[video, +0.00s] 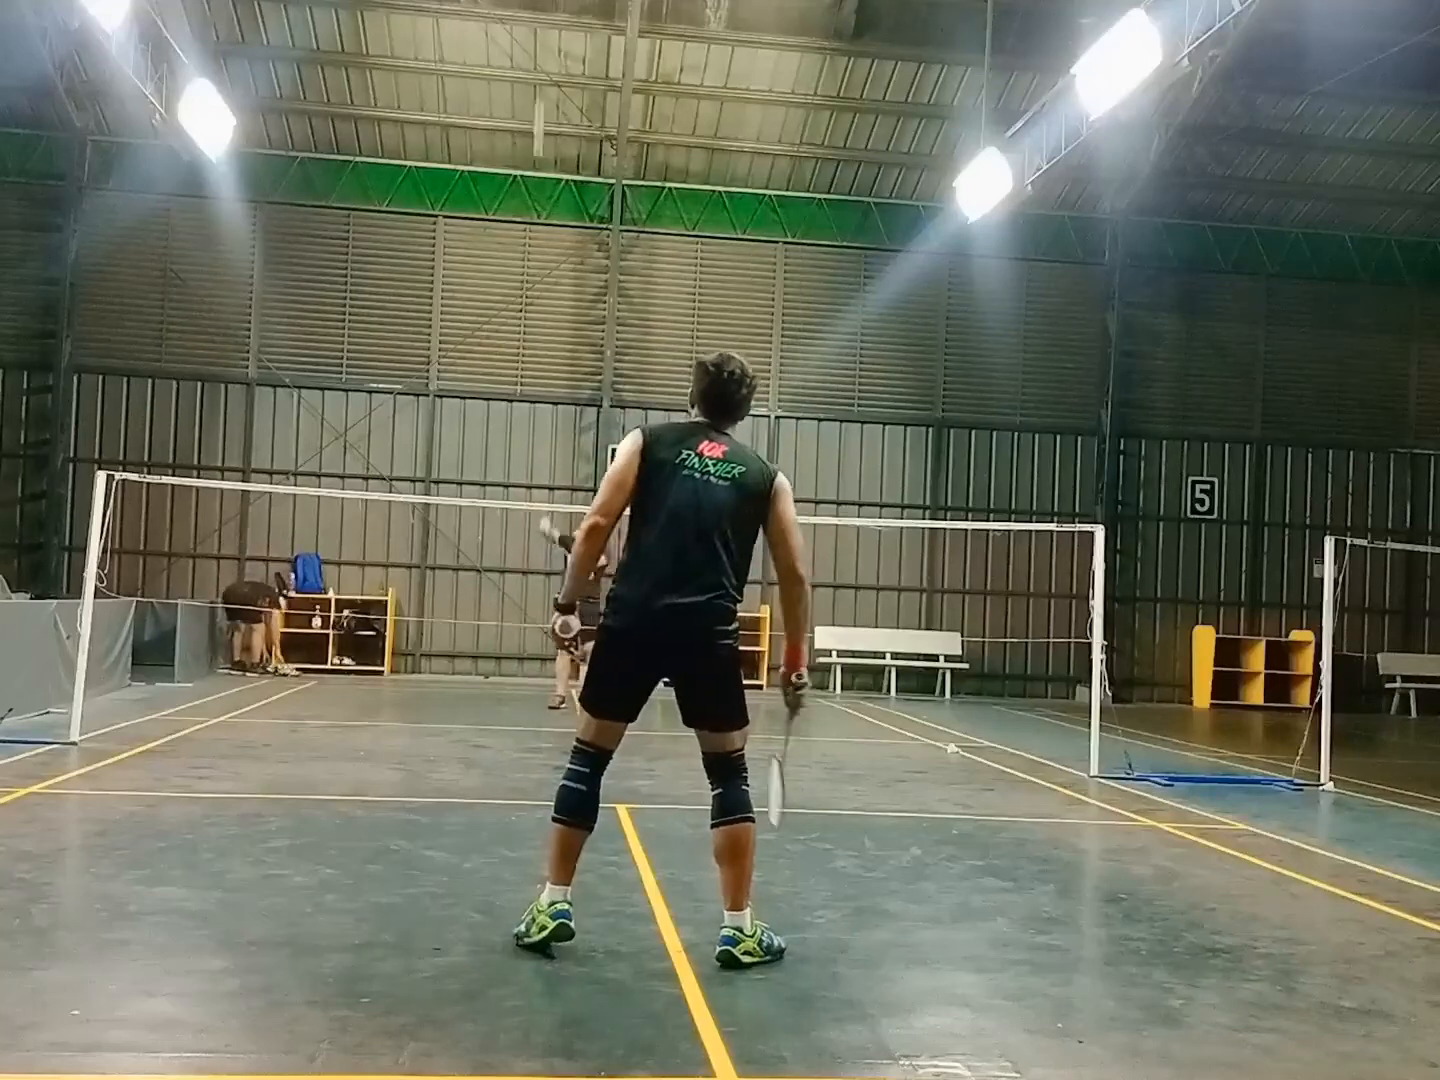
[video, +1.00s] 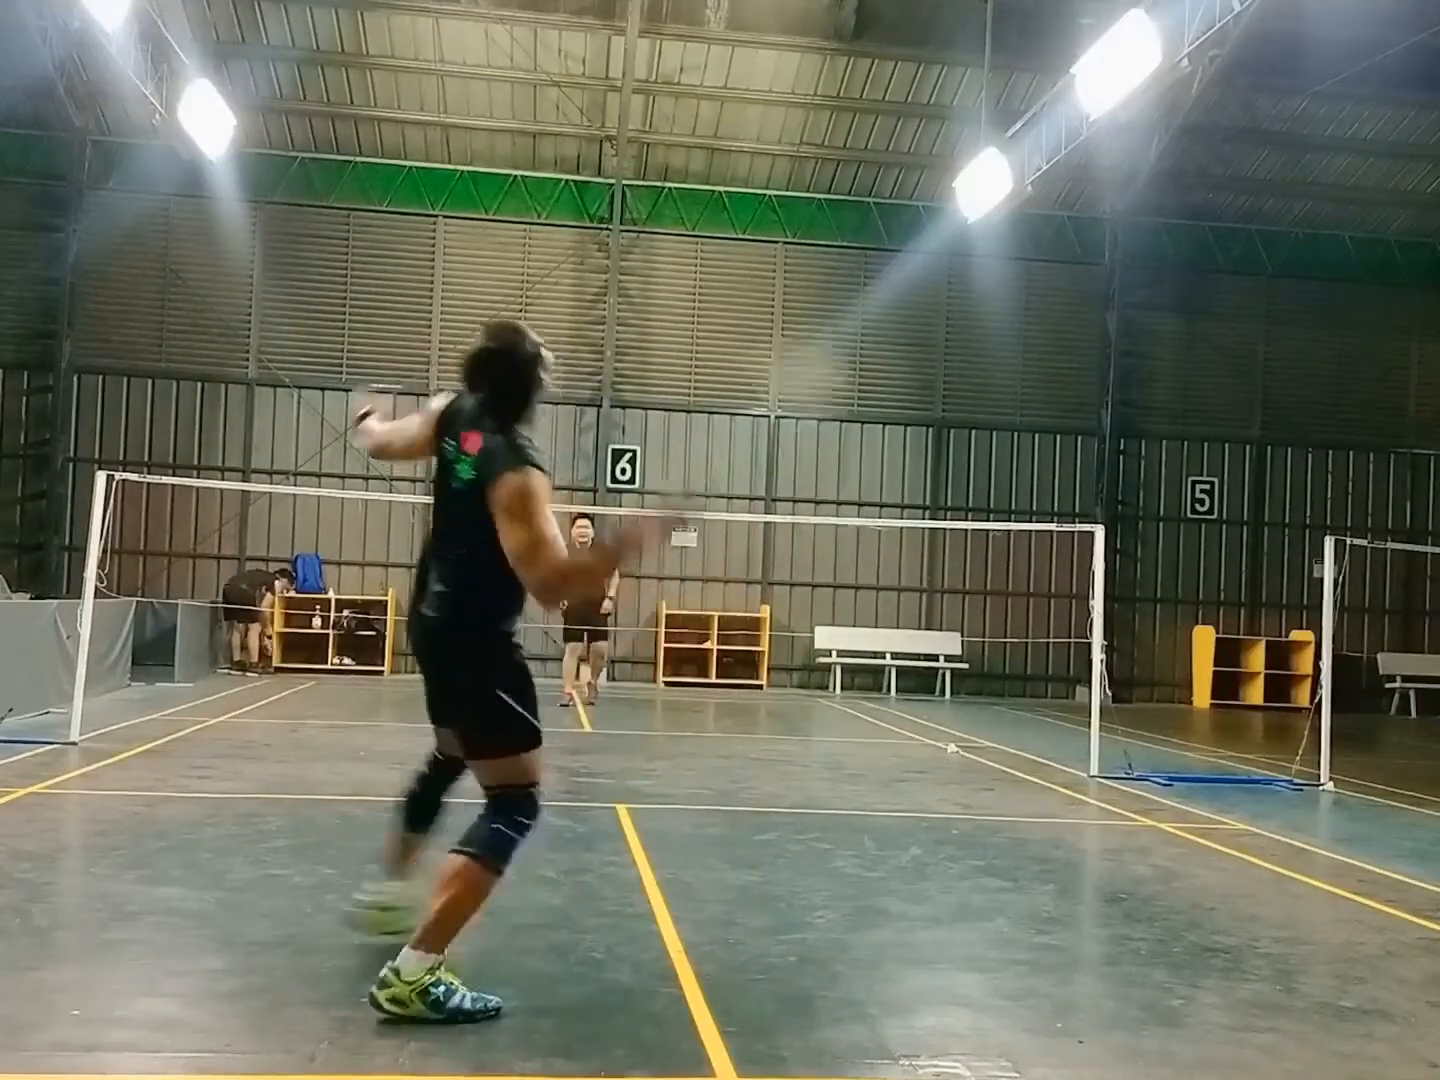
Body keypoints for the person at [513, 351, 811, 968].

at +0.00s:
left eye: (696, 394)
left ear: (691, 400)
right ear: (743, 410)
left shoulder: (644, 443)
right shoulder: (766, 476)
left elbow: (597, 523)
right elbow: (793, 571)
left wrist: (568, 604)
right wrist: (796, 653)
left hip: (631, 629)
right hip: (709, 638)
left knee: (588, 758)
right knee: (728, 772)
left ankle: (554, 901)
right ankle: (738, 926)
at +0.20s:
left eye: (676, 390)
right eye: (711, 403)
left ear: (666, 401)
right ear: (716, 411)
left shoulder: (618, 448)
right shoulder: (741, 477)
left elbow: (577, 531)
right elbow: (754, 578)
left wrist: (556, 606)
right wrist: (750, 649)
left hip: (611, 624)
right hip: (689, 632)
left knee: (575, 737)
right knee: (718, 768)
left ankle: (549, 872)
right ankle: (743, 919)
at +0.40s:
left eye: (630, 411)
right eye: (661, 419)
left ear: (620, 420)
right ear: (671, 426)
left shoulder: (574, 469)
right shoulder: (695, 486)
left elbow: (540, 555)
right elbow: (704, 582)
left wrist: (538, 631)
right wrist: (703, 648)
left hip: (578, 638)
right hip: (652, 643)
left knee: (566, 757)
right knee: (696, 776)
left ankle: (541, 896)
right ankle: (743, 921)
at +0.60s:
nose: (606, 397)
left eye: (594, 384)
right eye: (622, 392)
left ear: (572, 392)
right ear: (625, 398)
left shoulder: (530, 446)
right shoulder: (646, 461)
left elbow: (487, 538)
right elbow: (647, 569)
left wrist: (500, 571)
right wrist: (653, 652)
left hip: (532, 618)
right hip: (600, 622)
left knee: (558, 747)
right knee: (634, 765)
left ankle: (521, 885)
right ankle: (598, 924)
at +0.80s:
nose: (578, 421)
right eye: (580, 413)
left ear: (526, 419)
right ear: (580, 425)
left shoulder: (487, 458)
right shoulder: (588, 503)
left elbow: (419, 478)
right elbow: (599, 610)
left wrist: (459, 415)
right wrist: (664, 657)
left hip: (491, 650)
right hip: (546, 656)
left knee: (546, 770)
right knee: (567, 804)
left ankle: (511, 900)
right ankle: (470, 914)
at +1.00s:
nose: (543, 383)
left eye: (536, 372)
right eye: (539, 375)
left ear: (477, 379)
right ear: (529, 388)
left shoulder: (450, 418)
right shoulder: (516, 467)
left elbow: (384, 440)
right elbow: (549, 579)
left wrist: (370, 416)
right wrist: (618, 549)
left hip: (432, 630)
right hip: (477, 642)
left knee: (450, 757)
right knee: (514, 803)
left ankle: (393, 891)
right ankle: (417, 968)